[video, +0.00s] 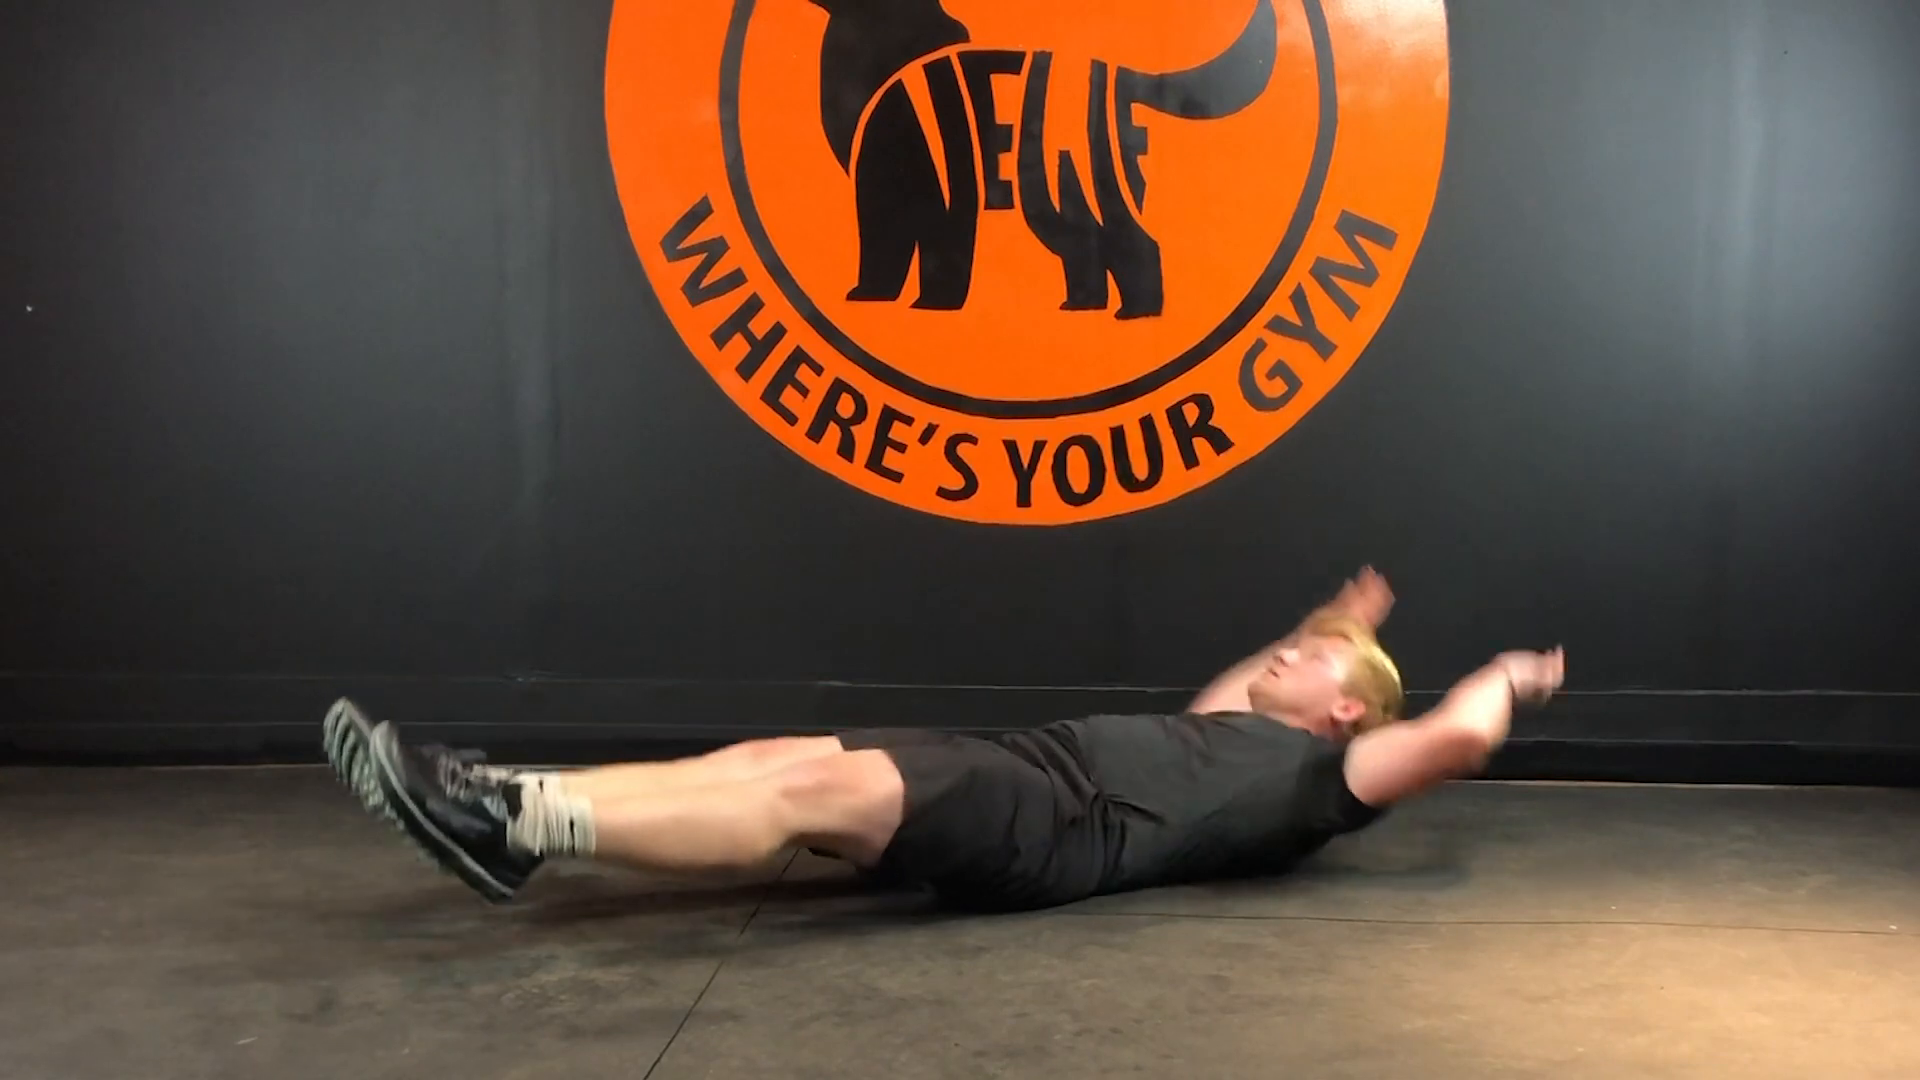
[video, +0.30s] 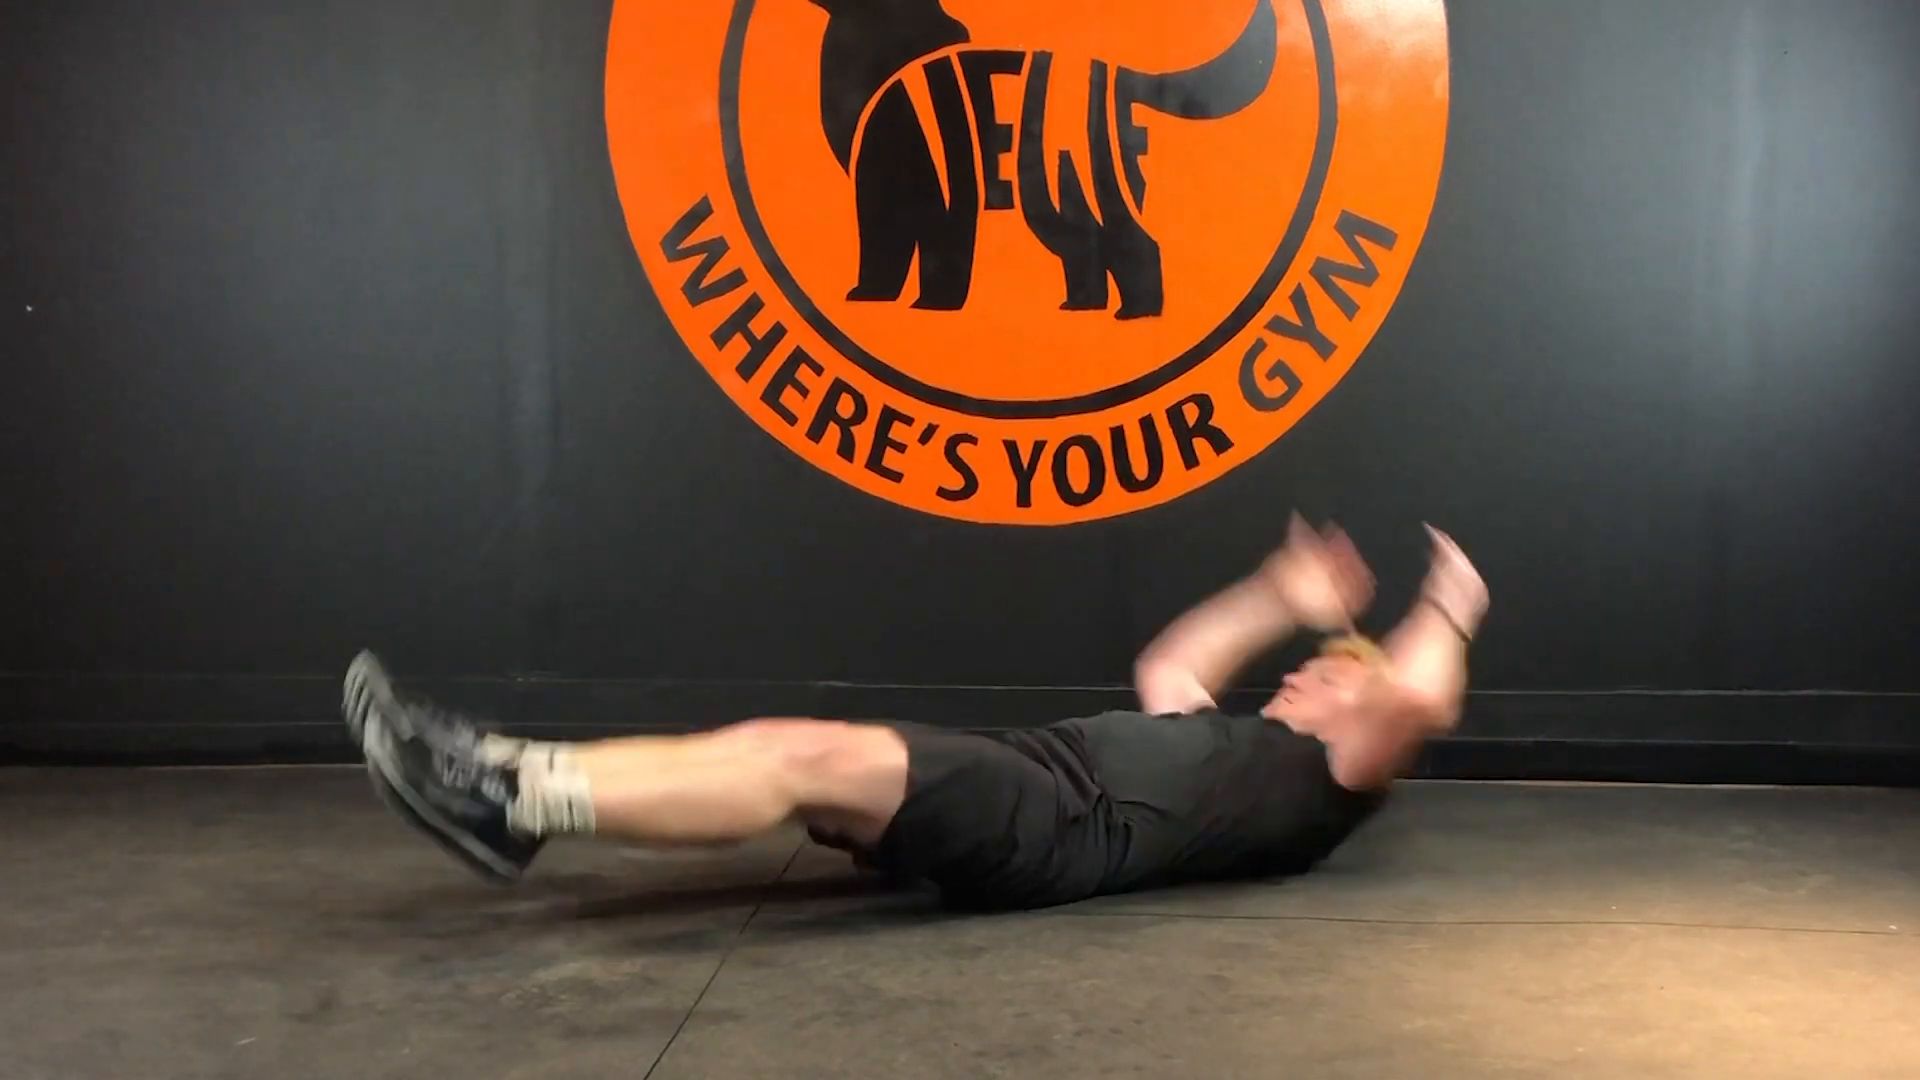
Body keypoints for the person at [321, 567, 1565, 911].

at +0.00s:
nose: (1296, 659)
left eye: (1322, 668)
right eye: (1301, 653)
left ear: (1351, 716)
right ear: (1275, 679)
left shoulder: (1314, 778)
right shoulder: (1209, 736)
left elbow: (1453, 741)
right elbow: (1230, 686)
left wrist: (1500, 686)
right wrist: (1325, 644)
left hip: (1060, 811)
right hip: (995, 768)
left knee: (828, 784)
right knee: (773, 768)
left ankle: (512, 816)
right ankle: (512, 824)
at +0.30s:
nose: (1327, 670)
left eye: (1353, 675)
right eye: (1328, 661)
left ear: (1374, 727)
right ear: (1298, 683)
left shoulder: (1311, 783)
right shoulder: (1225, 739)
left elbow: (1415, 703)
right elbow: (1173, 666)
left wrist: (1447, 620)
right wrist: (1279, 593)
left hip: (1064, 822)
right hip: (1018, 775)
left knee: (817, 753)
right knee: (784, 755)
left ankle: (512, 792)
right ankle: (513, 794)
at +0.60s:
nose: (1153, 585)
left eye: (1180, 568)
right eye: (1156, 564)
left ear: (1245, 587)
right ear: (1183, 574)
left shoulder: (1246, 672)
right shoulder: (1143, 637)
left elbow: (1122, 619)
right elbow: (1000, 580)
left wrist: (1019, 493)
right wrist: (909, 473)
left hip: (1041, 835)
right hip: (978, 827)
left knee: (888, 610)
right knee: (853, 601)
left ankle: (616, 523)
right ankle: (592, 530)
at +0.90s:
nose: (1092, 532)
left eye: (1108, 521)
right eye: (1092, 518)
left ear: (1171, 536)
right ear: (1100, 521)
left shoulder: (1209, 623)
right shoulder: (1078, 597)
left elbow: (1086, 554)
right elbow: (955, 523)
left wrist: (994, 404)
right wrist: (872, 412)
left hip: (1029, 835)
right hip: (955, 827)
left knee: (950, 574)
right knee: (892, 573)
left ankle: (707, 451)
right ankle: (676, 463)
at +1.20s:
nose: (1248, 604)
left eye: (1277, 598)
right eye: (1258, 590)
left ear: (1317, 651)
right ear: (1247, 619)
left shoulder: (1268, 736)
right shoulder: (1185, 692)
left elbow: (1323, 639)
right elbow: (1114, 607)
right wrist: (1169, 489)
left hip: (1050, 823)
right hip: (997, 794)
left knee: (816, 690)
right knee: (791, 682)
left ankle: (531, 684)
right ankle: (531, 697)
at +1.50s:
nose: (1327, 690)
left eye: (1356, 702)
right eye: (1335, 686)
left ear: (1383, 755)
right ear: (1316, 714)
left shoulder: (1351, 796)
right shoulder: (1237, 742)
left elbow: (1497, 834)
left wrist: (1523, 782)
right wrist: (1430, 760)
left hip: (1068, 796)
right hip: (1002, 740)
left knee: (833, 776)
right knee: (777, 738)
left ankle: (526, 834)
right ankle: (493, 800)